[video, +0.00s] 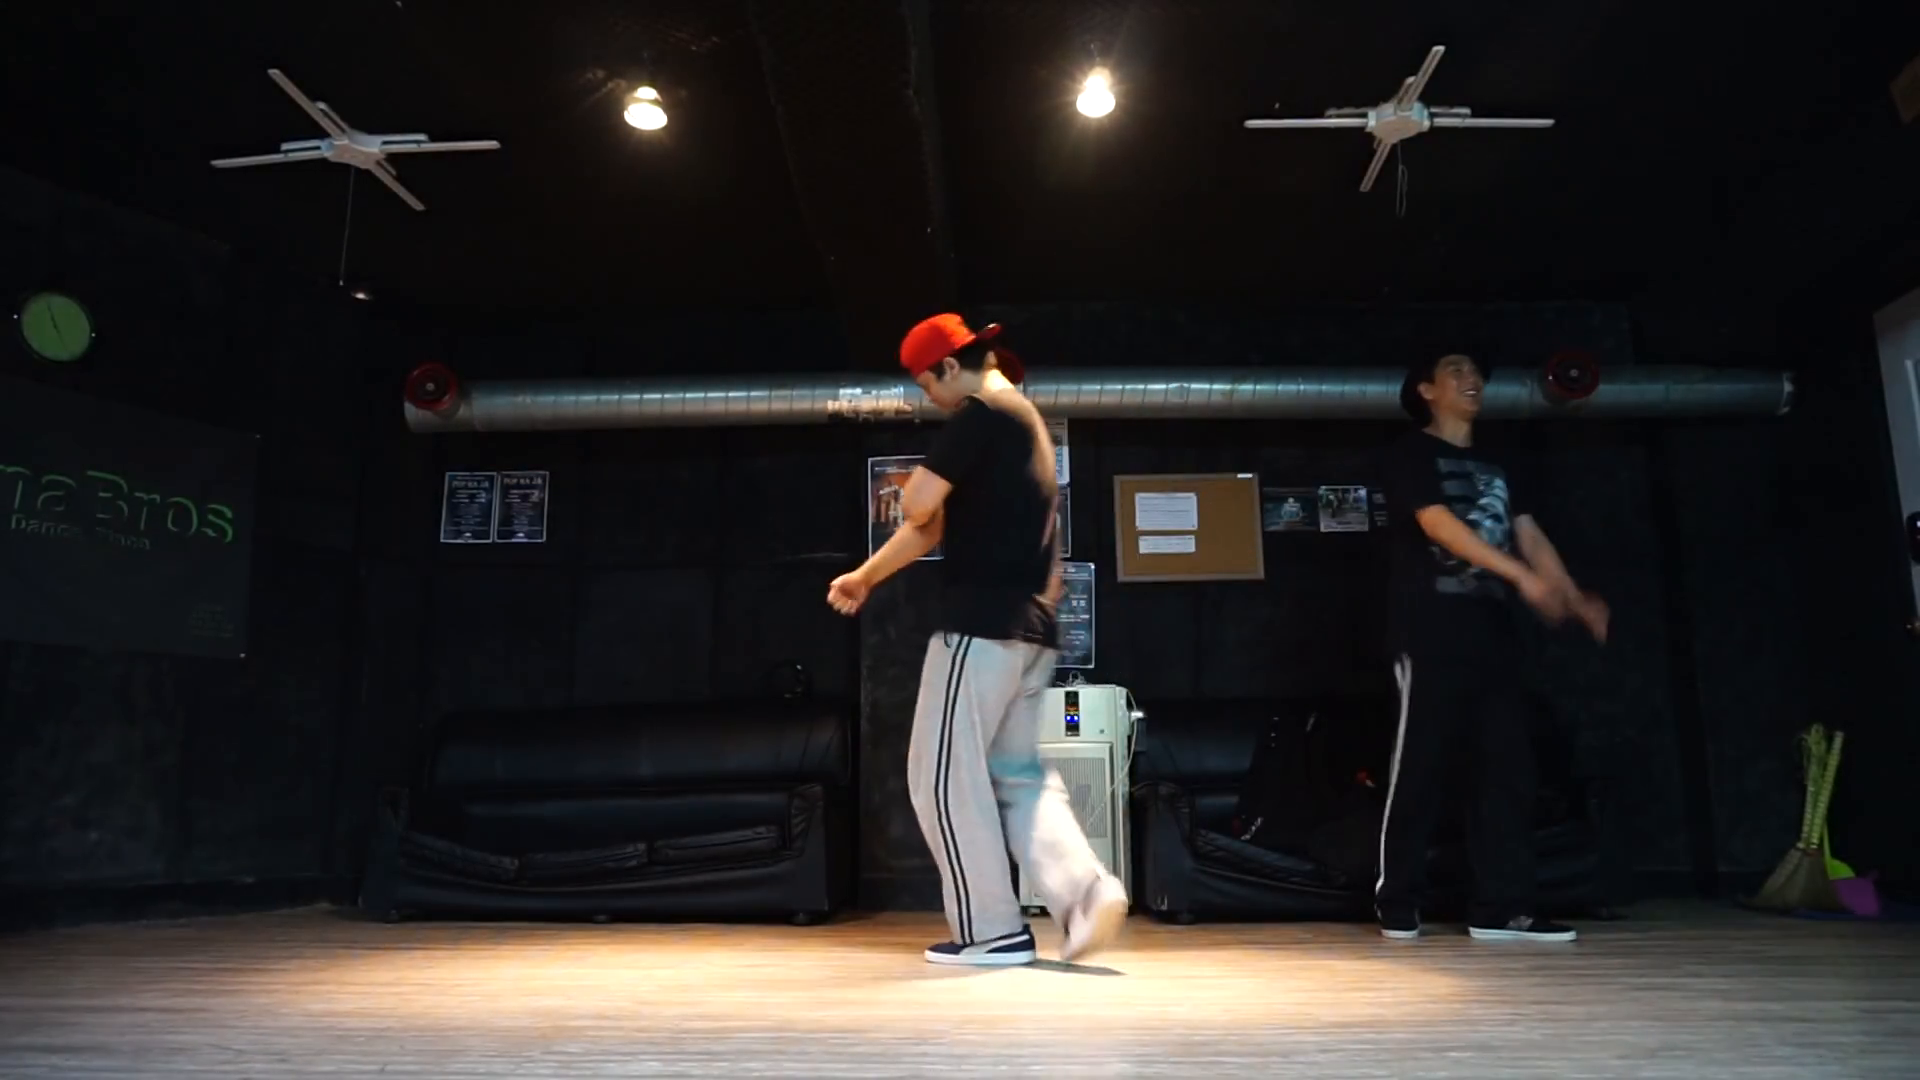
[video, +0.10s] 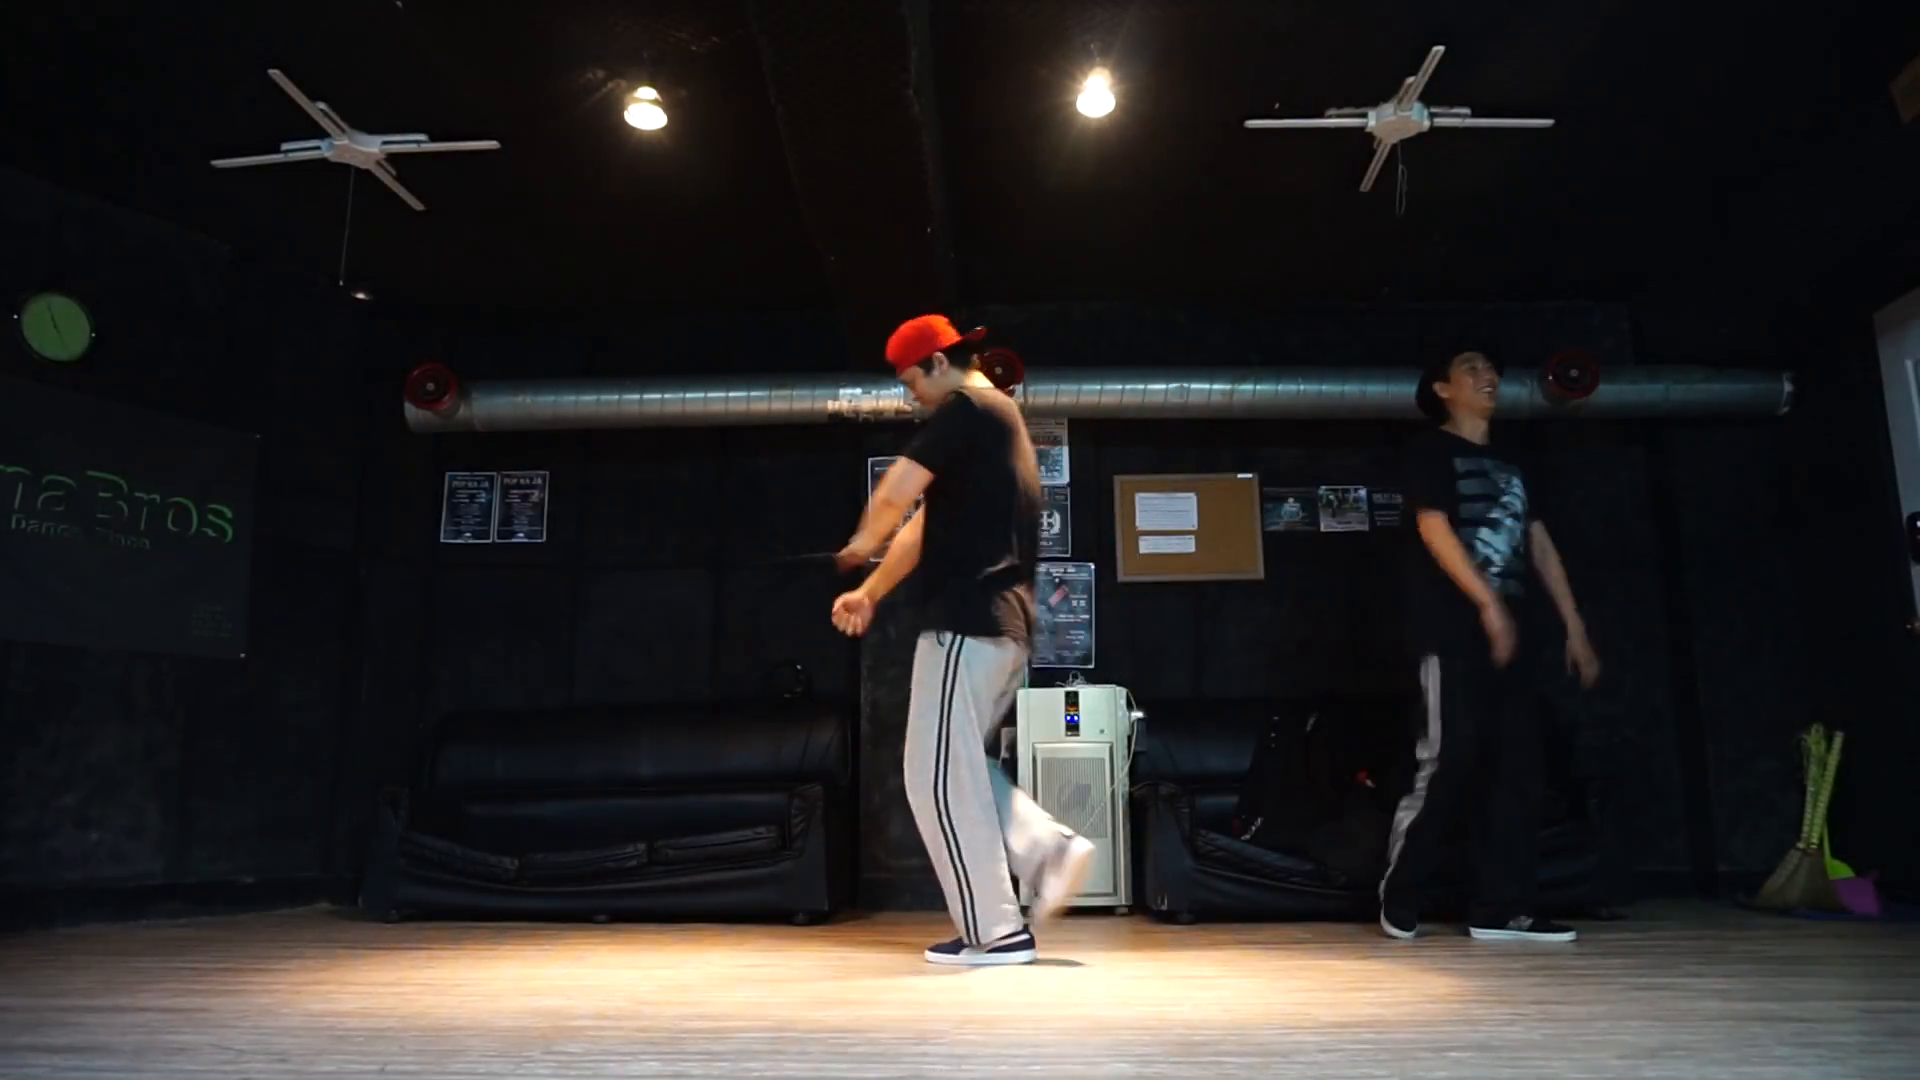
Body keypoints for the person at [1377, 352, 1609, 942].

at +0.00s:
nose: (1471, 382)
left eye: (1475, 375)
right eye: (1456, 374)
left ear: (1482, 393)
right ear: (1426, 392)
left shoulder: (1493, 467)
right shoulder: (1410, 456)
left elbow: (1529, 537)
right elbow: (1441, 527)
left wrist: (1574, 597)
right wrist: (1521, 575)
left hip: (1492, 630)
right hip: (1431, 631)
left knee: (1502, 765)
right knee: (1421, 767)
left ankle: (1499, 910)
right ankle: (1397, 903)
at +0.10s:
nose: (1488, 378)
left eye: (1491, 372)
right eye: (1473, 371)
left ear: (1497, 390)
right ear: (1442, 392)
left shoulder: (1510, 470)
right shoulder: (1431, 452)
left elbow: (1541, 549)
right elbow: (1434, 530)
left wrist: (1574, 626)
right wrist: (1488, 602)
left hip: (1504, 629)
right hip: (1446, 627)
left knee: (1509, 763)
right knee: (1441, 761)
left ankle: (1500, 910)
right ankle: (1399, 897)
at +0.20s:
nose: (1506, 376)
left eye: (1508, 369)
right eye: (1491, 370)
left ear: (1514, 388)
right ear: (1463, 392)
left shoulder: (1524, 466)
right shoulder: (1447, 453)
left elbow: (1542, 550)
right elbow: (1426, 540)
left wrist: (1557, 623)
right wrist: (1436, 622)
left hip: (1526, 631)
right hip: (1473, 630)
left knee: (1526, 763)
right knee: (1479, 758)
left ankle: (1505, 906)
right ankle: (1418, 880)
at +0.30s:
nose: (1525, 372)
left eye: (1527, 365)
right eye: (1508, 366)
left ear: (1535, 387)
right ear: (1480, 389)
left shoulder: (1538, 465)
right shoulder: (1463, 448)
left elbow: (1538, 547)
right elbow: (1419, 521)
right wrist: (1388, 603)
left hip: (1534, 623)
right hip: (1484, 619)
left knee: (1538, 754)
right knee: (1524, 749)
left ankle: (1513, 902)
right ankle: (1474, 884)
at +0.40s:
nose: (1544, 369)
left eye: (1546, 363)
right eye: (1526, 362)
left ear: (1553, 386)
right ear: (1496, 384)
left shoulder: (1547, 462)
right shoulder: (1483, 443)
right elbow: (1421, 506)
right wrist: (1360, 573)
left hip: (1538, 625)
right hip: (1503, 624)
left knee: (1513, 766)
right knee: (1558, 762)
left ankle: (1497, 911)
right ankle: (1563, 908)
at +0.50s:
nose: (1563, 374)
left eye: (1565, 368)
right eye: (1546, 365)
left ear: (1567, 391)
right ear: (1513, 385)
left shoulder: (1557, 460)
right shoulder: (1500, 441)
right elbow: (1432, 494)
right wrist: (1365, 545)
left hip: (1559, 625)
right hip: (1523, 624)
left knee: (1522, 764)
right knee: (1572, 760)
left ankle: (1499, 909)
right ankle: (1623, 912)